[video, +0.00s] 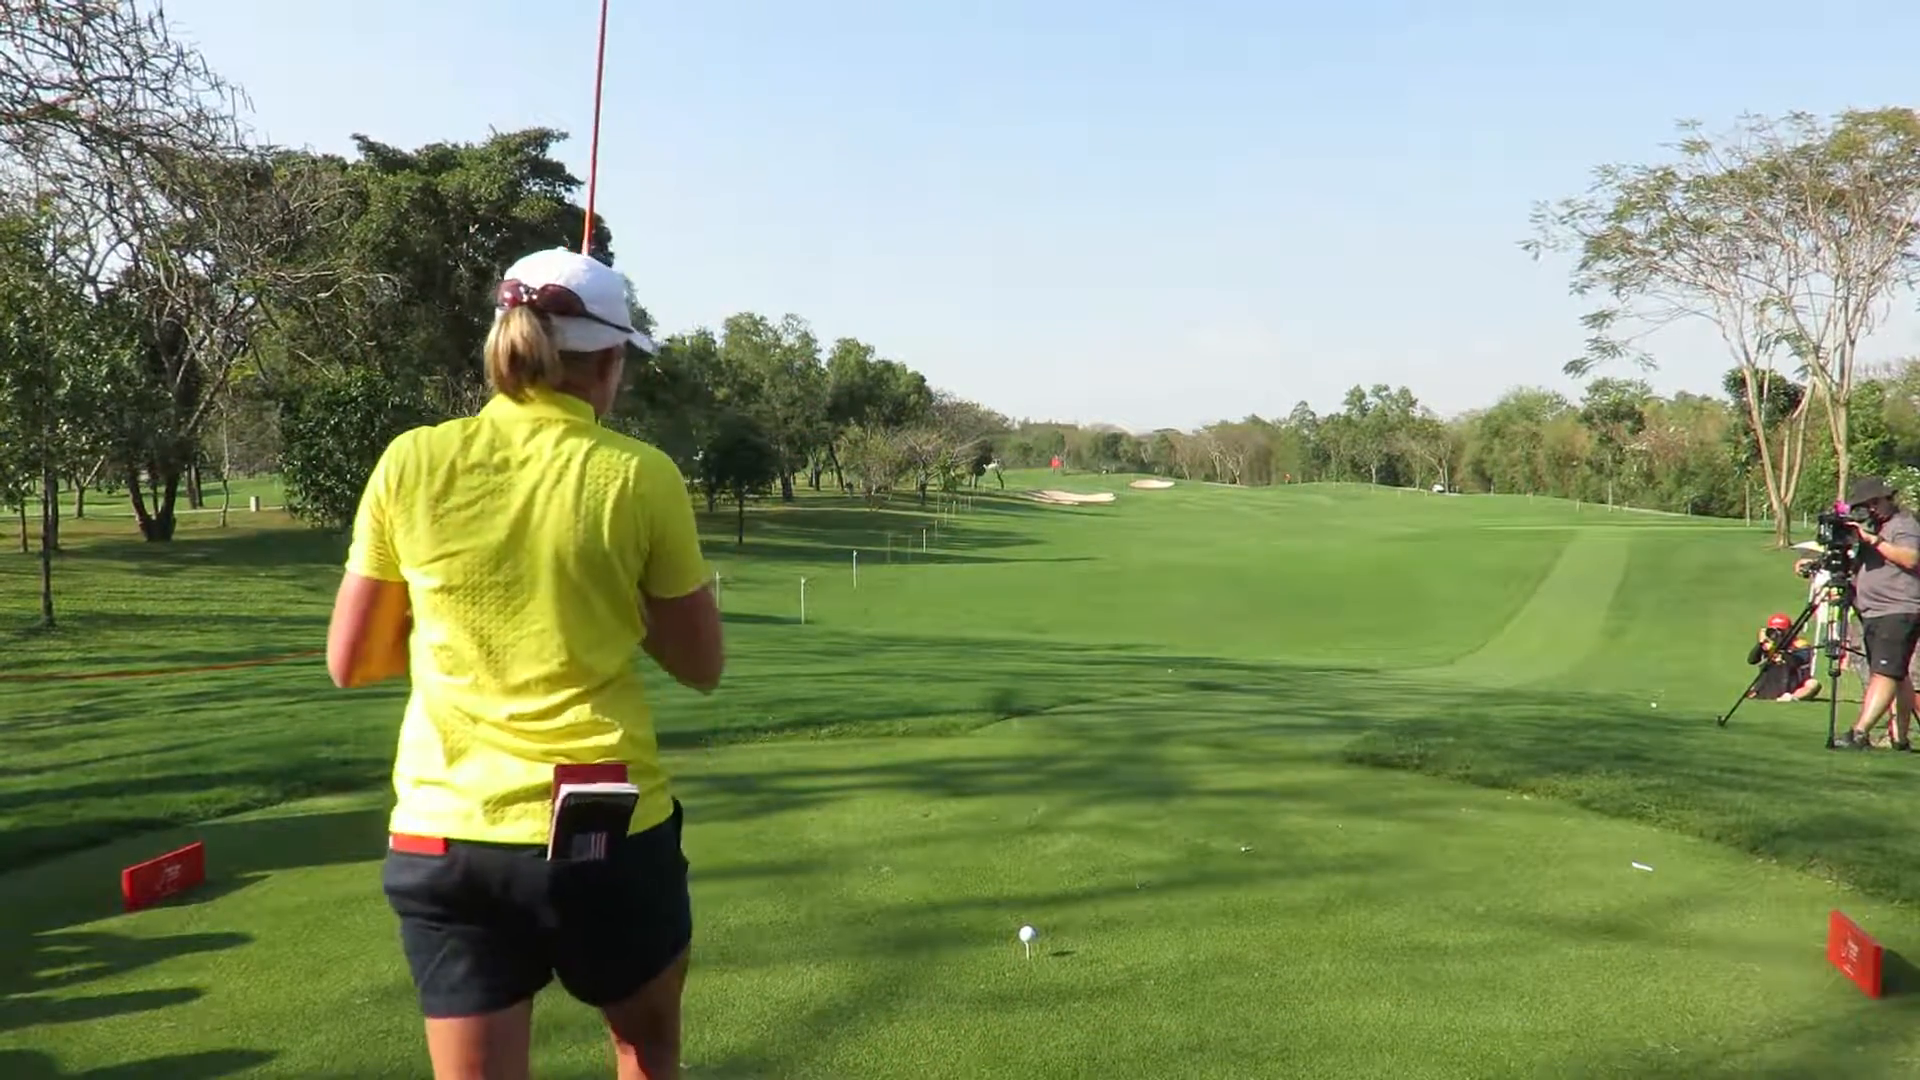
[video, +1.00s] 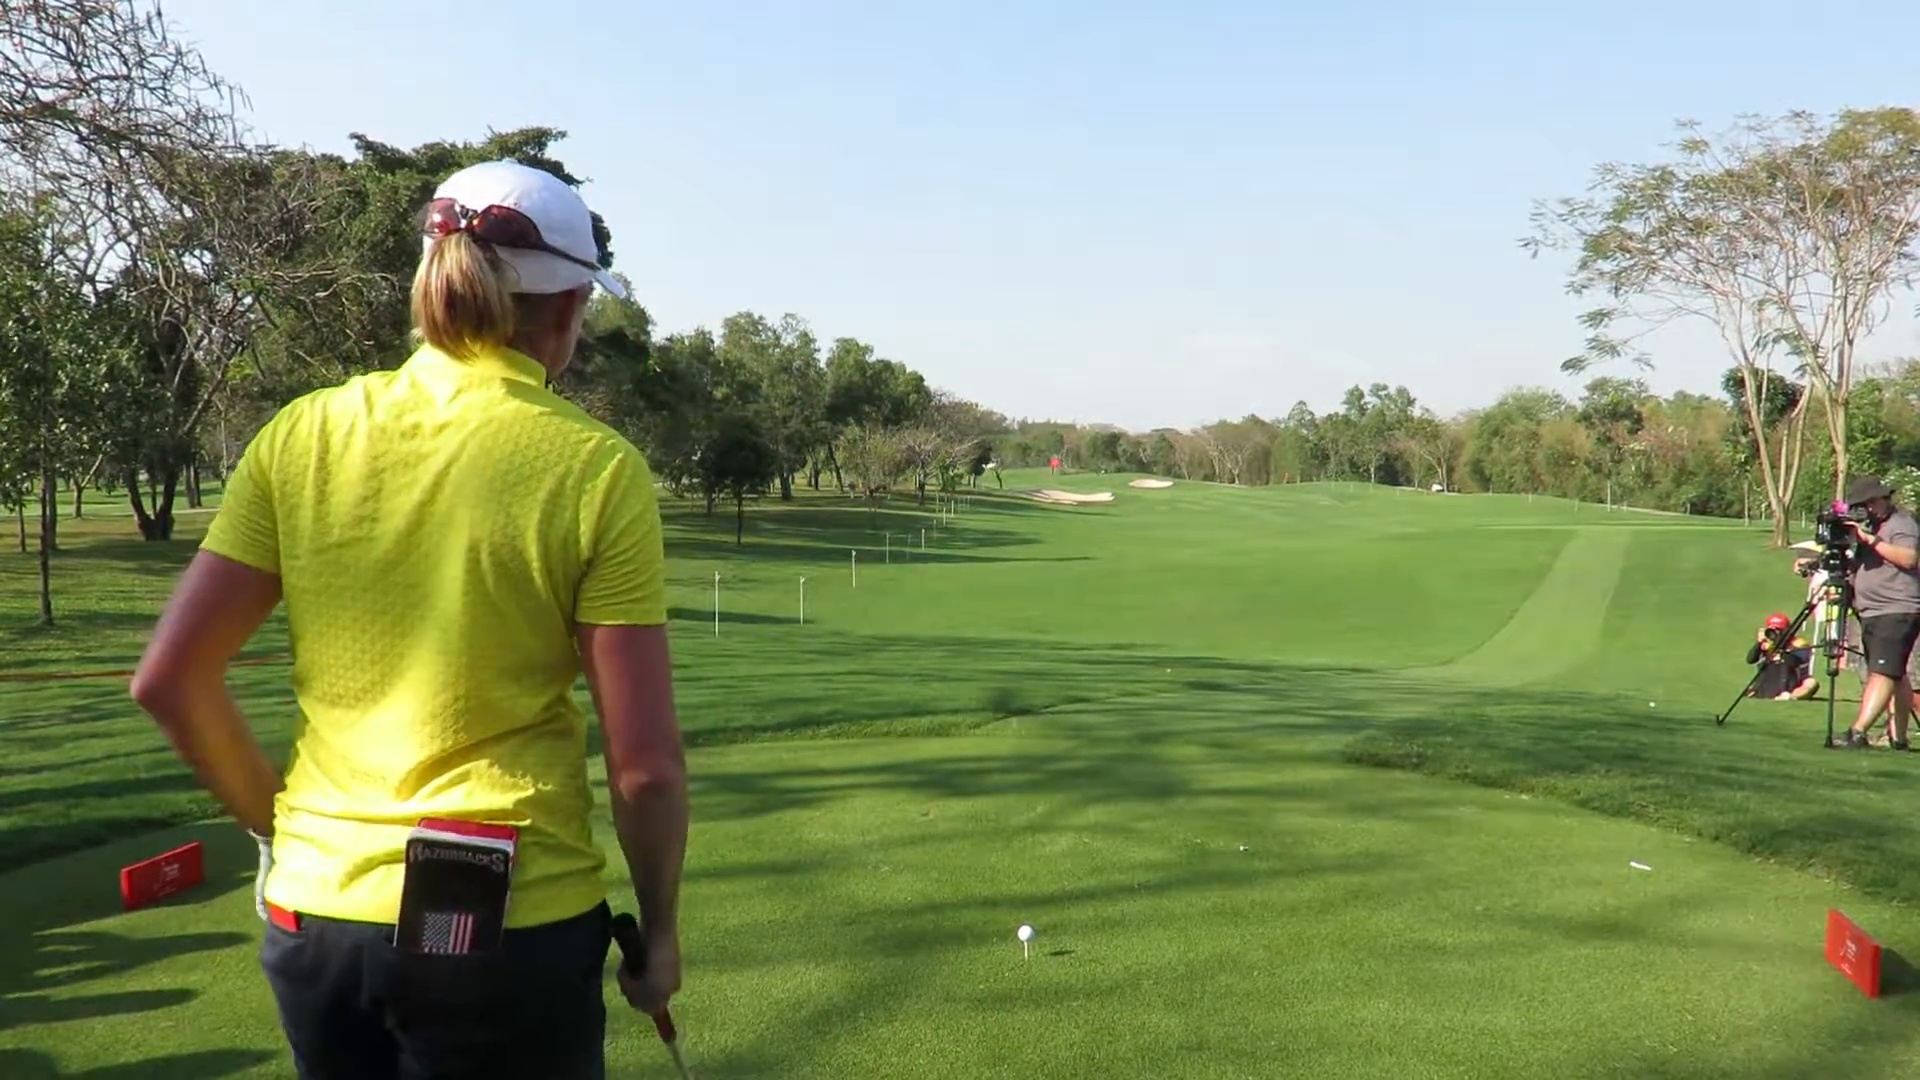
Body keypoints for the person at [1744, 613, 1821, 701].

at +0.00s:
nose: (1775, 635)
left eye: (1779, 631)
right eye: (1771, 632)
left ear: (1788, 632)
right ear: (1767, 633)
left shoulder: (1801, 645)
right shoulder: (1769, 645)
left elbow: (1799, 661)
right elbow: (1752, 660)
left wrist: (1783, 656)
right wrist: (1761, 644)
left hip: (1792, 686)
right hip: (1769, 684)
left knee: (1814, 684)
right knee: (1750, 692)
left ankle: (1793, 697)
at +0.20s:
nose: (1775, 636)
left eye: (1779, 632)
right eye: (1772, 632)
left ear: (1788, 632)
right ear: (1768, 633)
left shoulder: (1801, 645)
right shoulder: (1769, 646)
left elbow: (1798, 662)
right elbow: (1752, 660)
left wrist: (1784, 655)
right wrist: (1761, 643)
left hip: (1793, 686)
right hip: (1770, 684)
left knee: (1814, 683)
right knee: (1750, 692)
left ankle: (1793, 697)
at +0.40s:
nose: (1775, 635)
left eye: (1779, 631)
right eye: (1772, 632)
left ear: (1788, 631)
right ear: (1768, 633)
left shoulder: (1801, 645)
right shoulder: (1768, 646)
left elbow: (1799, 661)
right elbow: (1751, 660)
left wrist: (1783, 655)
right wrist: (1760, 644)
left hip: (1792, 684)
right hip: (1769, 683)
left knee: (1813, 683)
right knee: (1750, 691)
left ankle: (1792, 697)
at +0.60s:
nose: (1775, 635)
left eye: (1779, 631)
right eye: (1771, 632)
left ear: (1787, 631)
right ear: (1767, 632)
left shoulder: (1799, 644)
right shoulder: (1767, 645)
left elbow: (1797, 661)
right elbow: (1750, 659)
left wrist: (1781, 654)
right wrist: (1759, 643)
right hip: (1768, 681)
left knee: (1812, 683)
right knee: (1749, 691)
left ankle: (1791, 696)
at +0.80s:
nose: (1775, 635)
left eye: (1779, 631)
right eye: (1771, 631)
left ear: (1787, 631)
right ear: (1767, 632)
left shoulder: (1798, 643)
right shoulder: (1766, 645)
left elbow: (1797, 660)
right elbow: (1750, 659)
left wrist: (1781, 655)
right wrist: (1758, 643)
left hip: (1791, 682)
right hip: (1768, 681)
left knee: (1812, 683)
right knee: (1749, 690)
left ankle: (1790, 696)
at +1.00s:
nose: (1774, 636)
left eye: (1777, 632)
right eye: (1771, 632)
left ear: (1786, 631)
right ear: (1767, 632)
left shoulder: (1798, 644)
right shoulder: (1767, 645)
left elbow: (1799, 661)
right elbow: (1750, 660)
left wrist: (1783, 655)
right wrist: (1759, 643)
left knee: (1812, 683)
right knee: (1749, 691)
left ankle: (1791, 696)